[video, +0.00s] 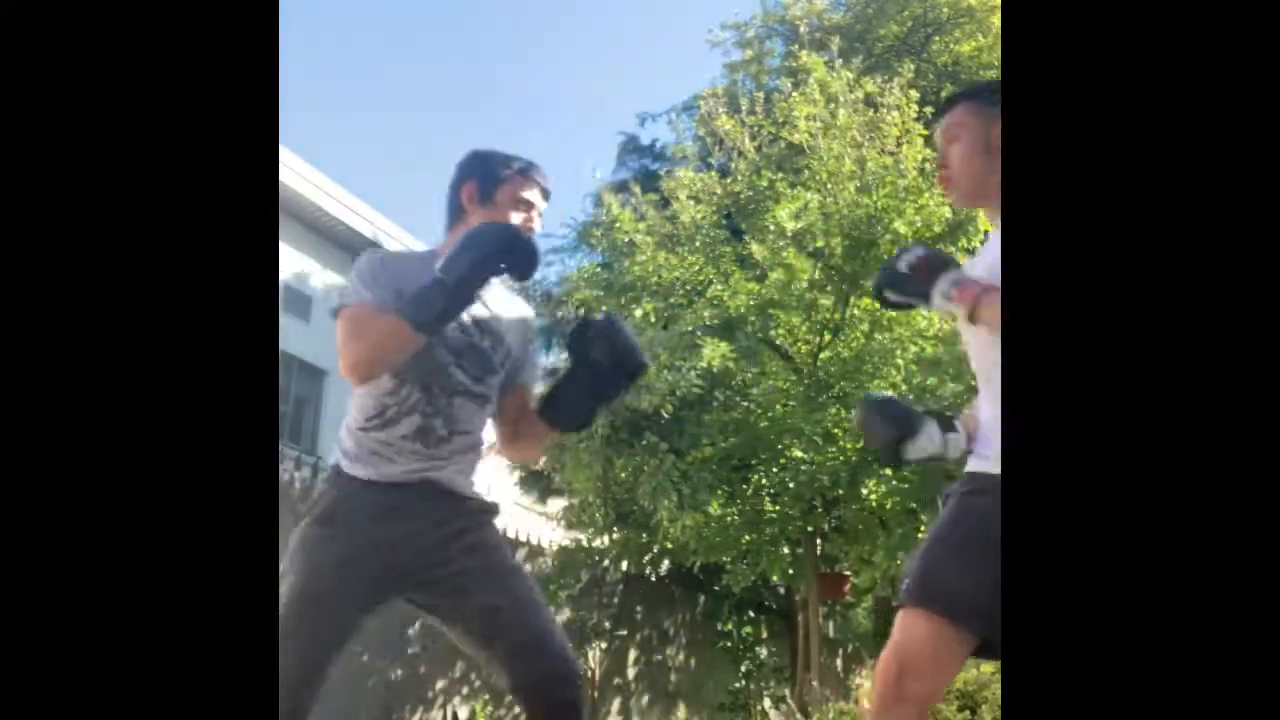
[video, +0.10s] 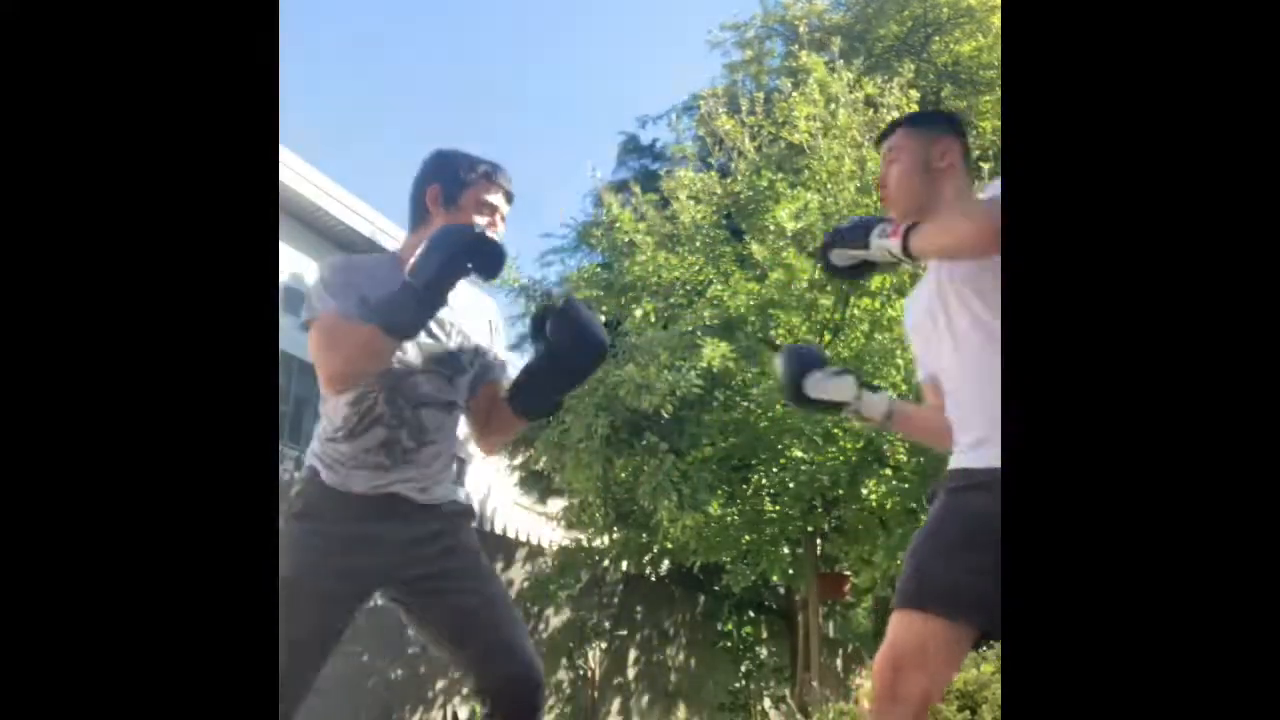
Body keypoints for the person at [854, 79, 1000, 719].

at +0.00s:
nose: (937, 163)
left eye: (949, 143)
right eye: (937, 148)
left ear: (995, 142)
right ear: (980, 149)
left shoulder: (998, 248)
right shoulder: (980, 258)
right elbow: (999, 398)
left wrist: (955, 290)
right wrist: (948, 436)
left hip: (994, 479)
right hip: (988, 476)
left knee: (901, 685)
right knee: (901, 684)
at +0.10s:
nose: (879, 180)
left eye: (891, 161)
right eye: (880, 167)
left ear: (947, 157)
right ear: (940, 162)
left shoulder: (995, 201)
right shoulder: (920, 308)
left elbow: (984, 235)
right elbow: (952, 428)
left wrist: (885, 240)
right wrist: (863, 399)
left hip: (990, 480)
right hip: (975, 481)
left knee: (900, 686)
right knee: (898, 686)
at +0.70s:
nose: (844, 190)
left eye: (846, 166)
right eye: (837, 179)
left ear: (891, 131)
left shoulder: (983, 208)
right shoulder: (887, 254)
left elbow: (911, 328)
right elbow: (880, 392)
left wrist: (828, 257)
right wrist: (816, 311)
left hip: (989, 480)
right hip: (901, 480)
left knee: (997, 671)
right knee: (813, 665)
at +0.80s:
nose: (797, 212)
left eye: (797, 191)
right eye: (789, 203)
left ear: (838, 155)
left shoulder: (937, 218)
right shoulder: (844, 278)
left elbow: (840, 328)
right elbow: (817, 402)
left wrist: (771, 248)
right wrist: (764, 305)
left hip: (977, 484)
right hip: (882, 492)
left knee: (996, 666)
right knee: (793, 681)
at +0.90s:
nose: (722, 256)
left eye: (721, 234)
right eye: (714, 243)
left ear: (758, 194)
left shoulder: (854, 235)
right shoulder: (782, 300)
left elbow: (747, 334)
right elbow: (712, 397)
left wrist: (701, 247)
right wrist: (682, 288)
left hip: (957, 487)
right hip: (859, 501)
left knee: (1002, 666)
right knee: (756, 679)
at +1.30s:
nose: (765, 168)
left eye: (772, 146)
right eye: (760, 156)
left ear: (825, 127)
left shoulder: (913, 211)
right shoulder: (802, 249)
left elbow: (855, 325)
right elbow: (804, 354)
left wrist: (761, 255)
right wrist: (760, 319)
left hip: (911, 474)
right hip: (810, 475)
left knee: (982, 683)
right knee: (716, 665)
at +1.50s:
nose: (853, 145)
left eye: (867, 123)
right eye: (850, 132)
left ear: (928, 116)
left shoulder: (987, 231)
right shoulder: (843, 224)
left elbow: (941, 356)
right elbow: (835, 339)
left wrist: (848, 268)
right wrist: (804, 346)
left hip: (943, 472)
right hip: (834, 467)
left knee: (995, 660)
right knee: (741, 661)